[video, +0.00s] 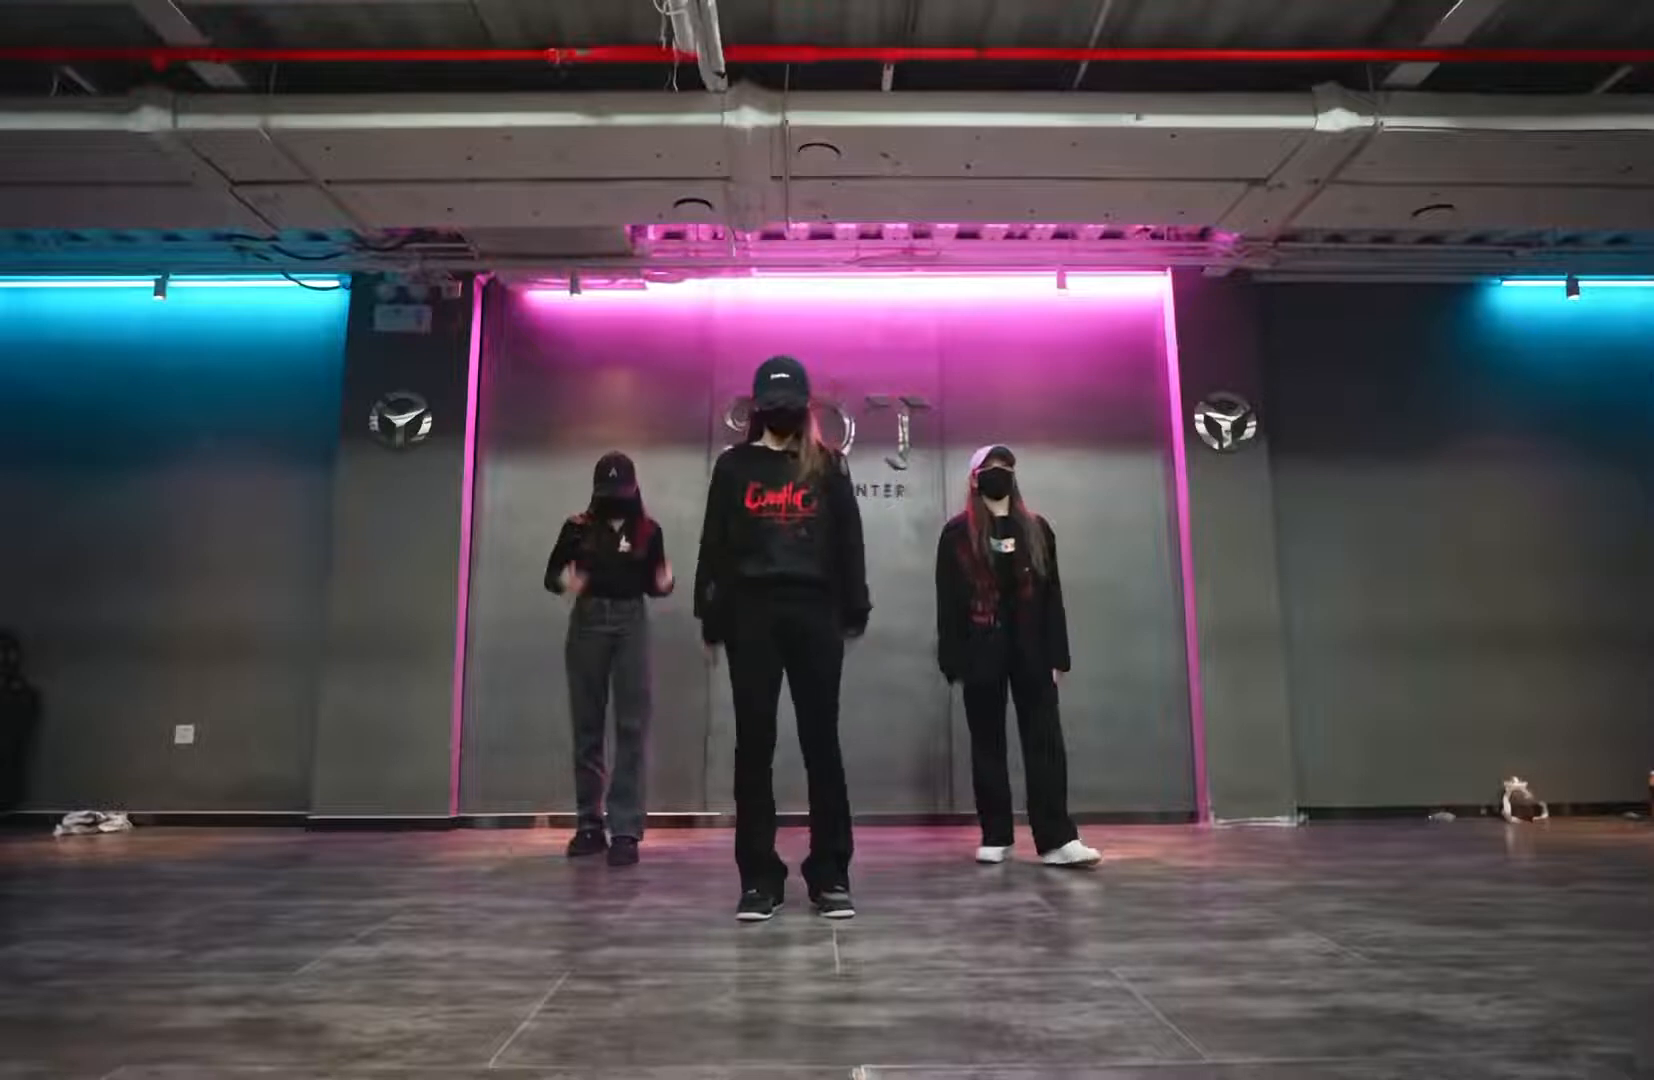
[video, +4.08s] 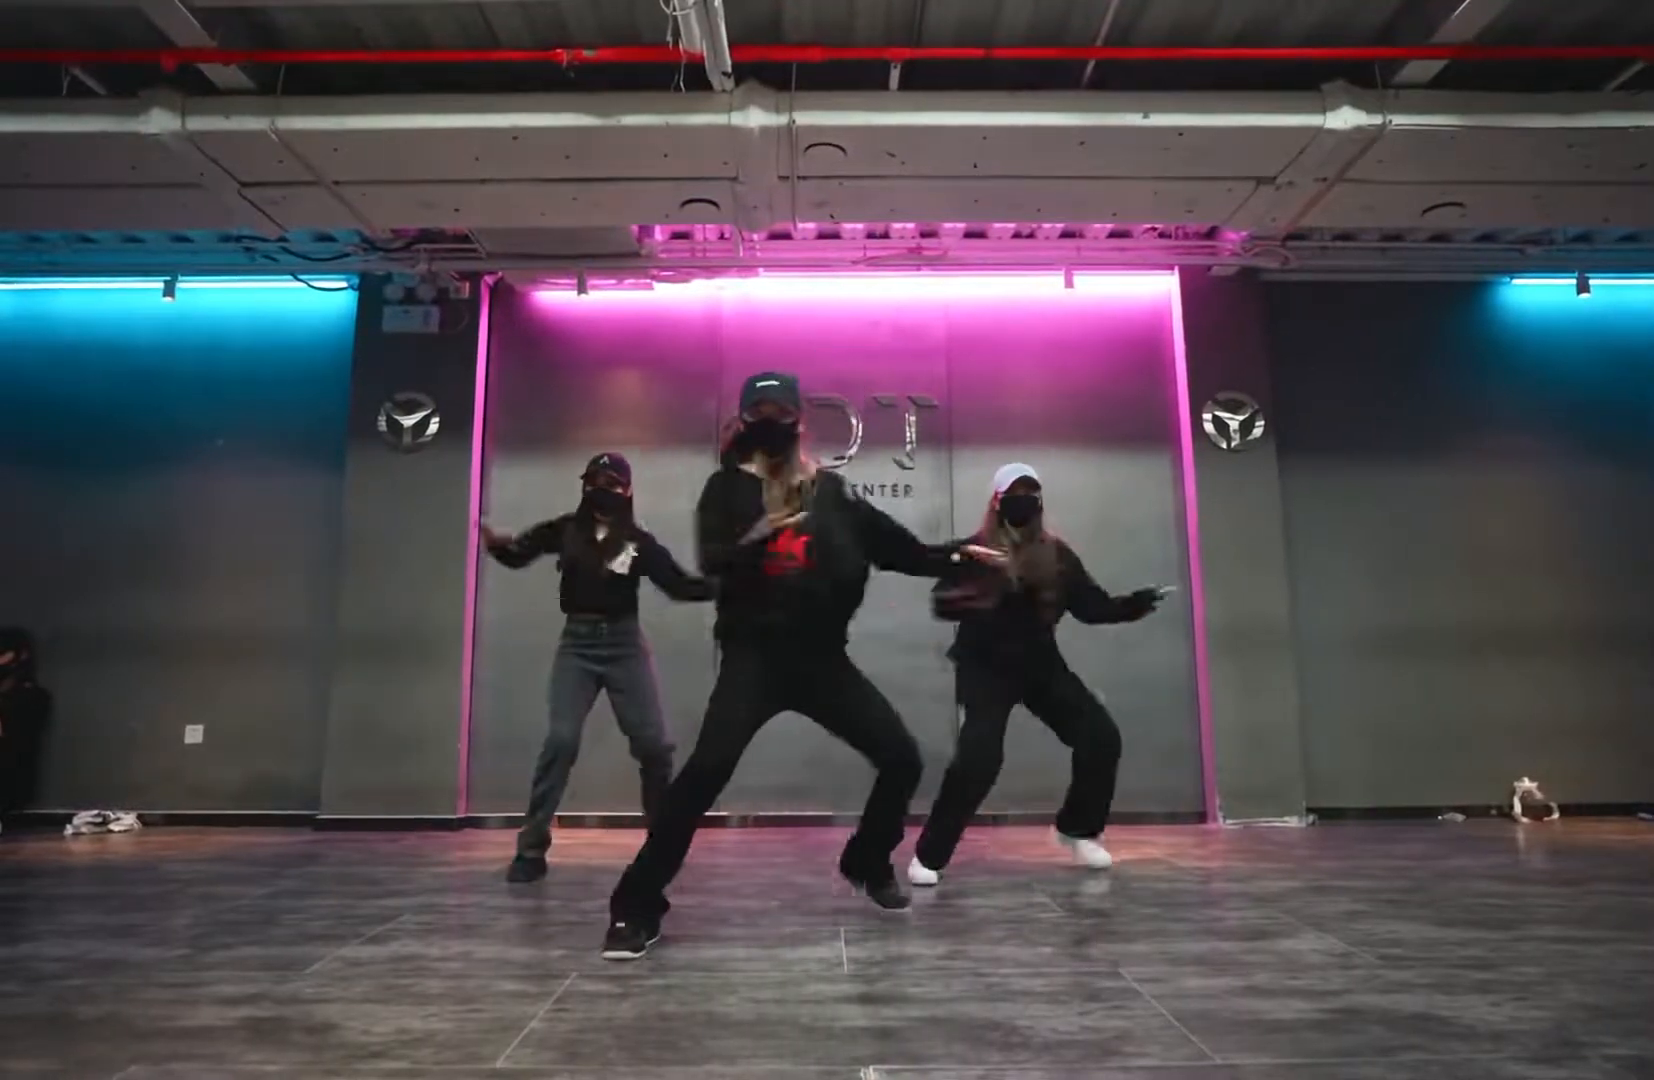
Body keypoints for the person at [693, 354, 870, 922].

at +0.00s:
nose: (781, 412)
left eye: (789, 402)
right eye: (772, 402)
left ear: (803, 401)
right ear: (759, 402)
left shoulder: (827, 465)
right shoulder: (732, 465)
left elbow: (849, 543)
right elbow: (712, 545)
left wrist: (853, 610)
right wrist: (709, 615)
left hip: (815, 618)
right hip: (749, 618)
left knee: (821, 746)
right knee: (754, 748)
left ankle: (830, 876)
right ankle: (760, 881)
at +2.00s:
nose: (844, 391)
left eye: (853, 382)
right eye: (834, 382)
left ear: (868, 390)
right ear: (818, 391)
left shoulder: (889, 461)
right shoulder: (794, 458)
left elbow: (914, 536)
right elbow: (774, 539)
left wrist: (923, 595)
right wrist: (776, 610)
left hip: (875, 619)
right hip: (810, 618)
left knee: (872, 749)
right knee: (803, 750)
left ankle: (869, 885)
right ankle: (812, 879)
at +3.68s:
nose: (839, 411)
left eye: (848, 403)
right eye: (829, 403)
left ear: (861, 412)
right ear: (811, 410)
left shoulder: (877, 483)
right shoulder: (784, 473)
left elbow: (899, 557)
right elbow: (776, 550)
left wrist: (935, 606)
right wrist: (812, 590)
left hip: (865, 633)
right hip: (802, 632)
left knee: (871, 755)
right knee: (787, 763)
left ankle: (881, 868)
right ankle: (830, 832)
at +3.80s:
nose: (824, 413)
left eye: (834, 403)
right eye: (814, 403)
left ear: (847, 410)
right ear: (798, 410)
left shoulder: (865, 479)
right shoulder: (772, 475)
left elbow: (909, 532)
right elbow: (748, 544)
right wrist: (694, 564)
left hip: (853, 643)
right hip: (786, 641)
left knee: (871, 763)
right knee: (734, 741)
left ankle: (880, 874)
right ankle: (721, 871)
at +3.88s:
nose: (813, 422)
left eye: (823, 412)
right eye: (803, 411)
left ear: (839, 421)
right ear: (788, 418)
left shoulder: (845, 485)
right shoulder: (763, 485)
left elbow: (837, 537)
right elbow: (710, 546)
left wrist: (782, 536)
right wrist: (646, 561)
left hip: (845, 650)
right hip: (779, 651)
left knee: (869, 765)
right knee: (719, 759)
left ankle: (882, 873)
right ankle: (653, 892)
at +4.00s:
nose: (768, 422)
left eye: (778, 412)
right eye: (757, 413)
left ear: (797, 420)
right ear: (743, 425)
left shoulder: (829, 487)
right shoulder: (733, 493)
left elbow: (853, 548)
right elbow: (698, 562)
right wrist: (652, 577)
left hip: (827, 655)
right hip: (760, 656)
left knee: (869, 771)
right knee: (702, 768)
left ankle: (881, 864)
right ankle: (635, 908)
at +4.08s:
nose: (772, 423)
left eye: (782, 413)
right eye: (760, 412)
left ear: (800, 421)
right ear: (743, 421)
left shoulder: (826, 493)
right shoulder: (727, 488)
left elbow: (901, 552)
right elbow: (713, 561)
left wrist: (962, 555)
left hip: (821, 665)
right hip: (751, 666)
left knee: (903, 759)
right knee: (704, 776)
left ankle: (868, 858)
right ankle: (635, 909)